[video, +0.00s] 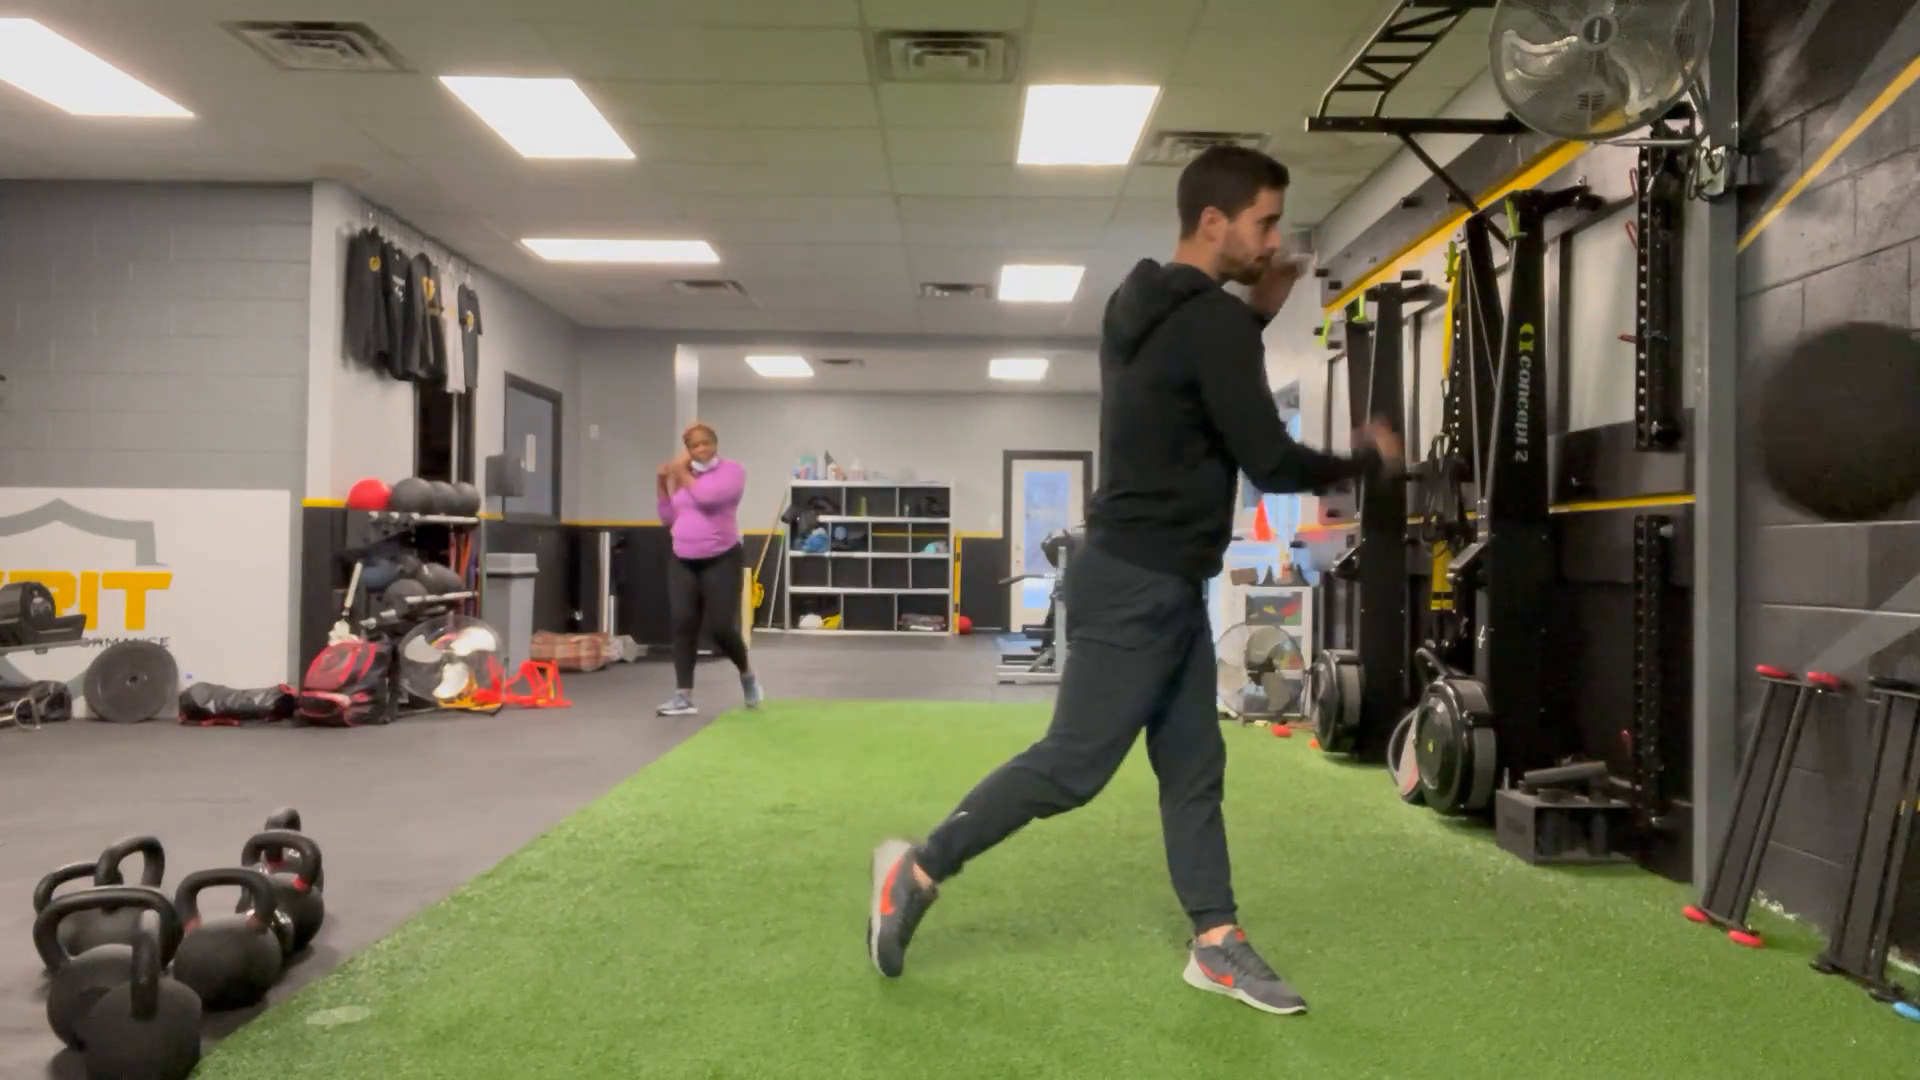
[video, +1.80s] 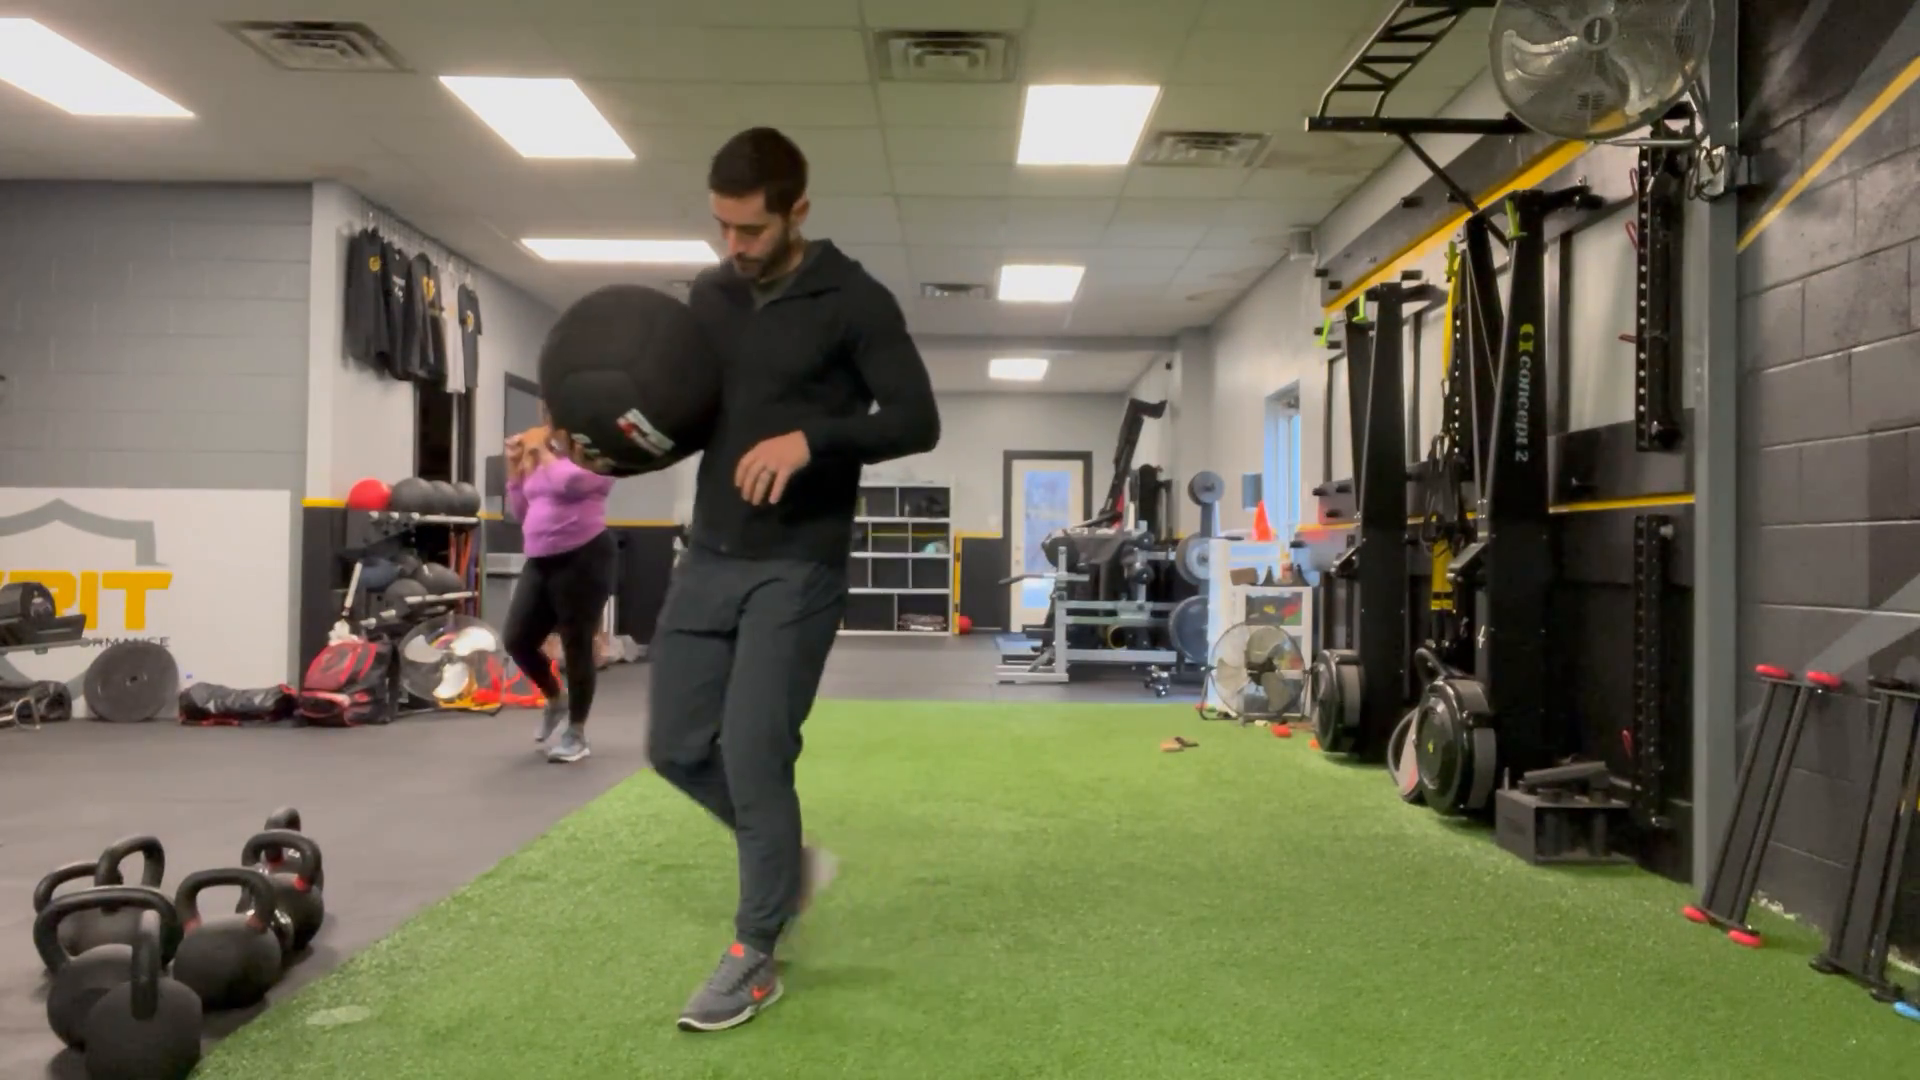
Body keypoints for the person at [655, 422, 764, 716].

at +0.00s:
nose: (702, 449)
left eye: (706, 443)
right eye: (695, 445)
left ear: (716, 445)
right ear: (687, 450)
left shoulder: (732, 471)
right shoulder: (682, 475)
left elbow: (707, 498)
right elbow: (667, 518)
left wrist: (683, 473)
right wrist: (663, 484)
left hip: (722, 557)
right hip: (684, 559)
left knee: (720, 626)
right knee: (683, 623)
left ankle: (747, 676)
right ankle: (683, 694)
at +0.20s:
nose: (687, 444)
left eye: (692, 438)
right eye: (681, 440)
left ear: (702, 440)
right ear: (672, 445)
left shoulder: (717, 467)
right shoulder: (664, 470)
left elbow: (698, 498)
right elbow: (644, 510)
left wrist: (670, 471)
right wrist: (647, 479)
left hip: (706, 553)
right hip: (670, 557)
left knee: (696, 617)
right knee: (676, 623)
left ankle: (706, 686)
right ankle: (682, 694)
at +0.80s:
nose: (655, 435)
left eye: (661, 429)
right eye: (649, 431)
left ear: (673, 431)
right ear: (642, 436)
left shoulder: (691, 460)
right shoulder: (637, 465)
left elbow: (663, 490)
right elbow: (626, 515)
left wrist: (637, 462)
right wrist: (619, 481)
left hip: (679, 555)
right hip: (637, 557)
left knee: (674, 629)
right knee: (622, 624)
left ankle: (679, 708)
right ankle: (629, 704)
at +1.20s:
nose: (613, 432)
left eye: (619, 426)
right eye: (605, 428)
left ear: (628, 428)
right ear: (595, 435)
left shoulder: (646, 458)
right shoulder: (585, 463)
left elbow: (623, 491)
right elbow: (569, 516)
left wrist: (591, 459)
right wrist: (564, 477)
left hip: (633, 558)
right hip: (589, 561)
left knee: (628, 634)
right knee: (592, 638)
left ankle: (657, 688)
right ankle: (597, 718)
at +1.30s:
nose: (604, 429)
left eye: (610, 422)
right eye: (597, 424)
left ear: (620, 425)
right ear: (586, 430)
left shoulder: (637, 455)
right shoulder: (573, 460)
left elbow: (616, 486)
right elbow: (558, 513)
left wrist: (582, 458)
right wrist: (555, 473)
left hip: (624, 555)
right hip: (579, 558)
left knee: (610, 628)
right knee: (586, 637)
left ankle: (629, 701)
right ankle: (595, 717)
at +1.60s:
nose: (580, 429)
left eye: (586, 422)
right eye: (572, 424)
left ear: (597, 424)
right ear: (560, 429)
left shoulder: (611, 456)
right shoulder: (549, 459)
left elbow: (589, 491)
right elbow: (532, 514)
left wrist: (557, 456)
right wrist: (527, 470)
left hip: (599, 557)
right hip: (555, 562)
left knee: (585, 641)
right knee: (565, 643)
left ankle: (580, 730)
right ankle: (594, 718)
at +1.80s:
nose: (553, 423)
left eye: (559, 416)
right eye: (549, 417)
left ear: (581, 422)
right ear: (548, 422)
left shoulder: (601, 457)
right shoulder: (539, 458)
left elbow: (570, 483)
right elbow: (521, 514)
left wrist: (544, 452)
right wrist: (515, 471)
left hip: (585, 555)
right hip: (541, 560)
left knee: (577, 644)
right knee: (518, 641)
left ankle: (576, 731)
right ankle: (556, 697)